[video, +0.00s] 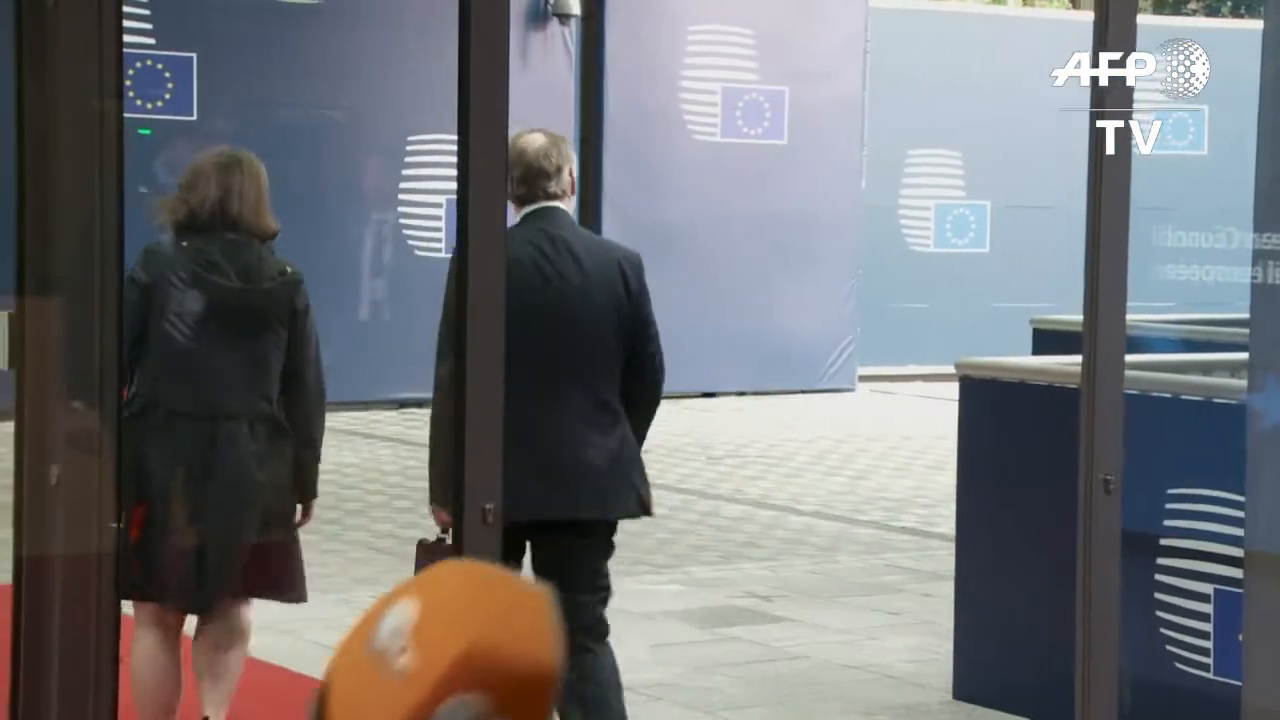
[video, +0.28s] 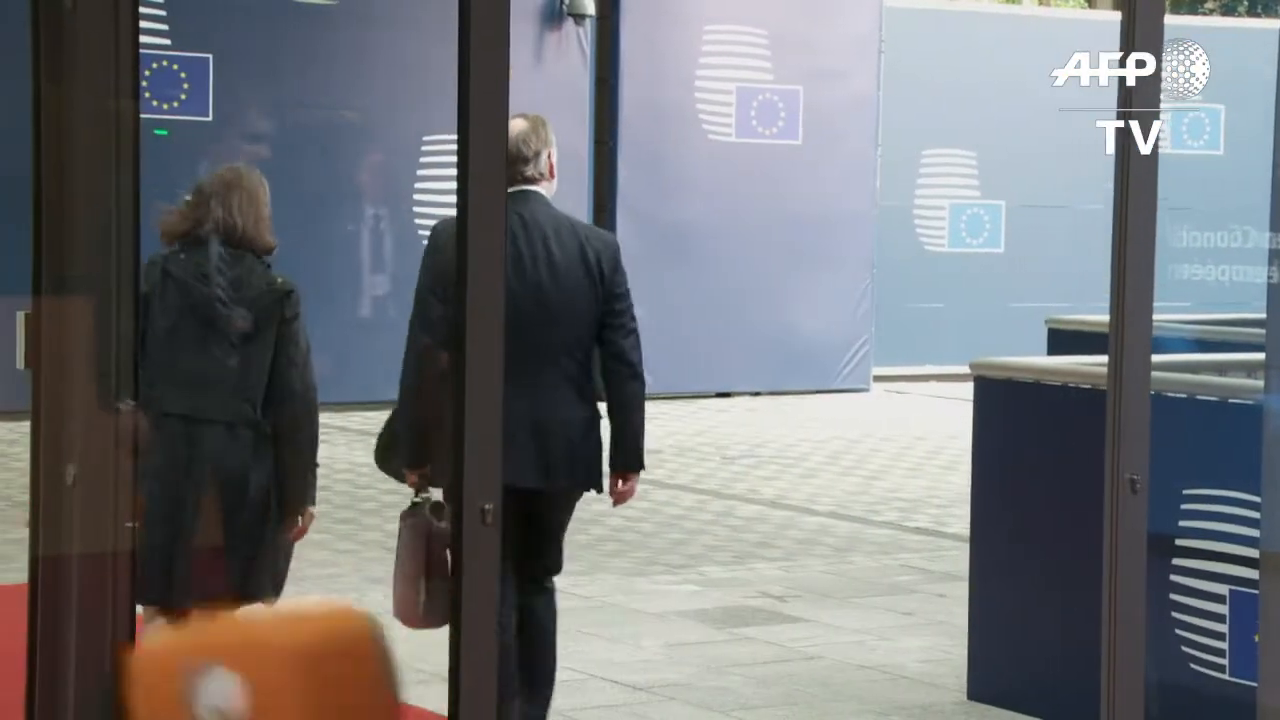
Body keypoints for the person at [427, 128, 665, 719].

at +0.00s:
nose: (574, 183)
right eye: (573, 176)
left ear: (509, 190)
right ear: (569, 183)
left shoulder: (476, 260)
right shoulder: (618, 263)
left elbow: (450, 382)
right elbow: (646, 377)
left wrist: (444, 489)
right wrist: (616, 451)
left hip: (491, 478)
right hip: (586, 476)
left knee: (491, 635)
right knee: (585, 633)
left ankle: (494, 716)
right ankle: (599, 717)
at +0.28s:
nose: (556, 167)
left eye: (549, 158)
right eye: (555, 159)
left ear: (489, 167)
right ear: (548, 167)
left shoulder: (453, 239)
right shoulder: (595, 246)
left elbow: (426, 350)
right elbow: (623, 359)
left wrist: (414, 448)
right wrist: (627, 453)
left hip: (477, 452)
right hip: (561, 456)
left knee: (486, 587)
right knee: (538, 583)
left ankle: (492, 710)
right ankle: (531, 709)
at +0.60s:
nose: (549, 184)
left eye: (544, 175)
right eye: (548, 176)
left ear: (484, 181)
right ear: (542, 183)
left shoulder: (447, 246)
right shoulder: (580, 261)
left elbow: (417, 345)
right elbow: (601, 368)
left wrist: (407, 435)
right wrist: (605, 456)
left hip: (456, 446)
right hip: (536, 451)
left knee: (449, 574)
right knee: (518, 577)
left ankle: (484, 678)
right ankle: (490, 699)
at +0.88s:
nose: (538, 174)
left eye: (534, 165)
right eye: (537, 166)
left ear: (474, 172)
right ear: (529, 174)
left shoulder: (439, 230)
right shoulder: (563, 245)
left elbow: (407, 321)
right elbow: (586, 340)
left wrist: (390, 404)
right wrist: (559, 397)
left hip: (443, 424)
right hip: (526, 426)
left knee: (442, 540)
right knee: (510, 564)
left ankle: (431, 677)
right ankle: (488, 705)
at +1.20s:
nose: (506, 184)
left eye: (499, 175)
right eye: (505, 177)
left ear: (447, 181)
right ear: (497, 182)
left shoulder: (413, 246)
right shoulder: (535, 248)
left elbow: (394, 341)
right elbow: (561, 344)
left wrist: (390, 422)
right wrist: (551, 415)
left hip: (433, 429)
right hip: (507, 427)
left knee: (435, 554)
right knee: (499, 543)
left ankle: (435, 680)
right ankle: (491, 639)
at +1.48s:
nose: (508, 182)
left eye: (504, 174)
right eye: (506, 175)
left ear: (444, 180)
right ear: (496, 179)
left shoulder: (411, 235)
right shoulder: (529, 241)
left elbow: (387, 324)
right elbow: (550, 334)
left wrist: (383, 403)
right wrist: (553, 407)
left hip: (430, 410)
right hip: (500, 411)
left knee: (435, 528)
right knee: (492, 522)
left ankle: (437, 656)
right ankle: (485, 643)